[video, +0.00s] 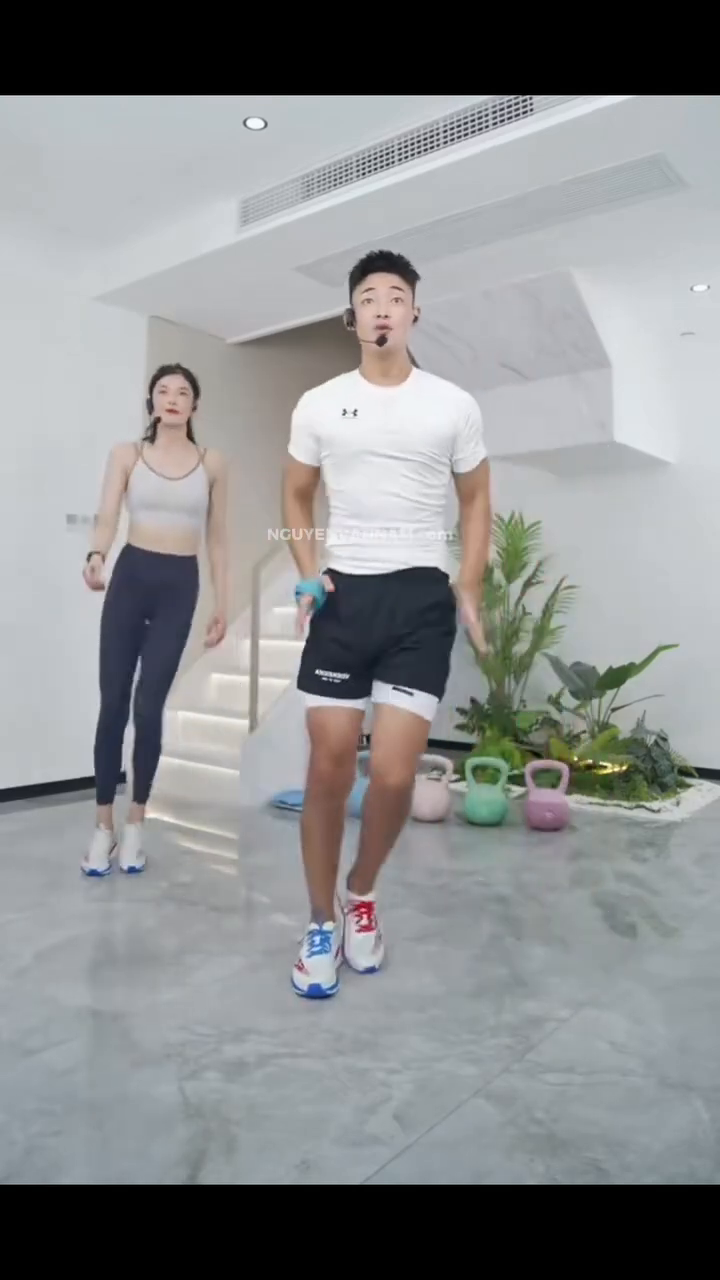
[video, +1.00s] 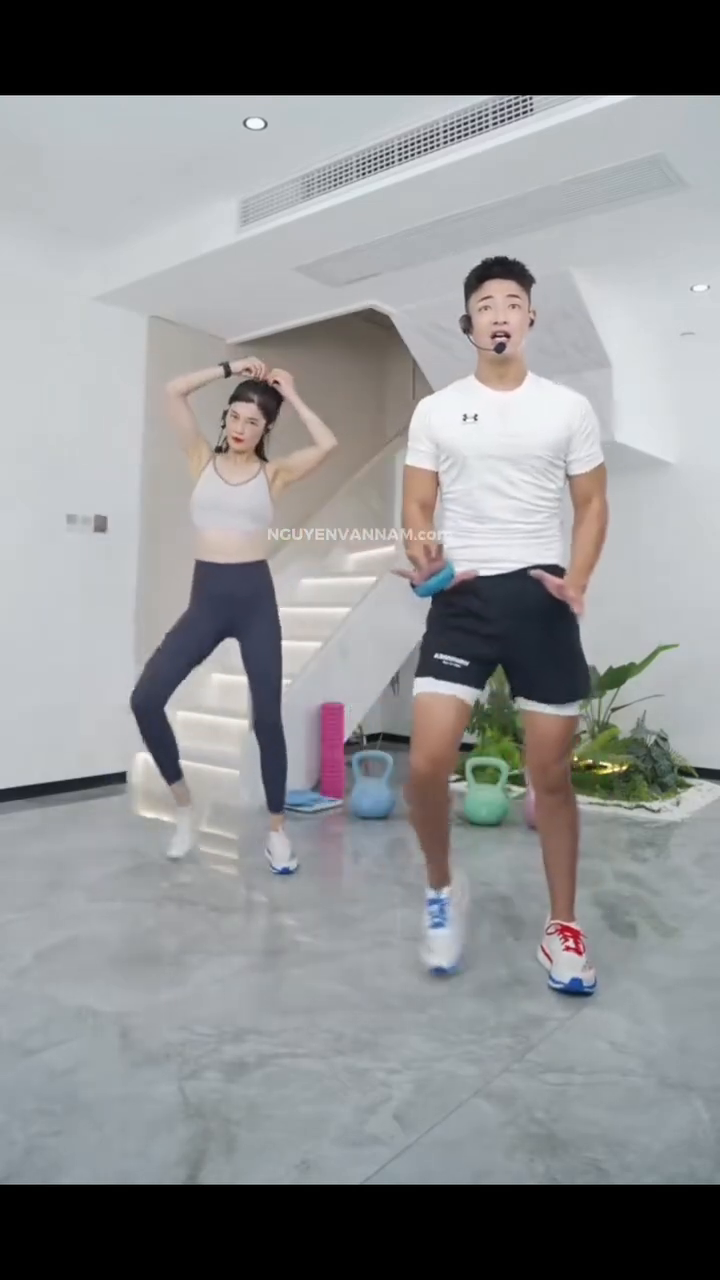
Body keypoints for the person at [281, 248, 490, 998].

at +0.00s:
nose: (381, 310)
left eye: (395, 299)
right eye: (369, 300)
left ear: (415, 315)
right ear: (353, 317)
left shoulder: (454, 407)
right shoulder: (319, 406)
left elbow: (477, 504)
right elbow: (297, 499)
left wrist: (469, 587)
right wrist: (311, 577)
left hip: (423, 600)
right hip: (342, 598)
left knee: (394, 777)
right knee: (329, 759)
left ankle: (360, 892)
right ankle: (321, 925)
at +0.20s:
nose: (393, 307)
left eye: (405, 295)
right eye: (380, 297)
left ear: (426, 309)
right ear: (361, 316)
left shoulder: (466, 404)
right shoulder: (330, 408)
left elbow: (488, 500)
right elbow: (312, 512)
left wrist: (487, 580)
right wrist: (328, 578)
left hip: (447, 597)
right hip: (360, 602)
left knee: (490, 768)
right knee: (340, 767)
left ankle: (480, 898)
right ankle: (322, 928)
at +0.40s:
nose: (439, 312)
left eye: (453, 301)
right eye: (427, 302)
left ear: (473, 316)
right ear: (410, 320)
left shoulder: (514, 405)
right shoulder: (377, 410)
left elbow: (539, 502)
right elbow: (360, 514)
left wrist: (537, 575)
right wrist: (366, 553)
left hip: (496, 599)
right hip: (410, 604)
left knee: (531, 774)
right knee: (371, 768)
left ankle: (561, 927)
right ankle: (328, 927)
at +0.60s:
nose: (487, 316)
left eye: (501, 304)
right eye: (473, 305)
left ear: (520, 317)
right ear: (456, 323)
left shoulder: (560, 407)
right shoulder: (425, 412)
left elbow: (588, 503)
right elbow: (409, 515)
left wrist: (581, 579)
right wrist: (416, 564)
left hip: (539, 602)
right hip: (454, 601)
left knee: (549, 776)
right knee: (406, 753)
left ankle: (561, 929)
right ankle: (393, 896)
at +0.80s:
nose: (503, 315)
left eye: (516, 303)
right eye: (490, 305)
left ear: (535, 317)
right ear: (473, 321)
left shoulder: (573, 408)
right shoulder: (441, 412)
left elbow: (599, 504)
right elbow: (422, 515)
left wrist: (590, 577)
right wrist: (432, 558)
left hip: (551, 601)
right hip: (470, 602)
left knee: (553, 776)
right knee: (472, 777)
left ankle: (565, 925)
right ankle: (511, 889)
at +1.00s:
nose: (499, 316)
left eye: (512, 305)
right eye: (486, 306)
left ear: (531, 318)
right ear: (468, 322)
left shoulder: (568, 409)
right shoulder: (436, 411)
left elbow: (592, 507)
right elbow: (416, 513)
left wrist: (577, 582)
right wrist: (423, 552)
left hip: (541, 602)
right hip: (459, 601)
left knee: (551, 777)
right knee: (425, 768)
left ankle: (563, 927)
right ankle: (440, 888)